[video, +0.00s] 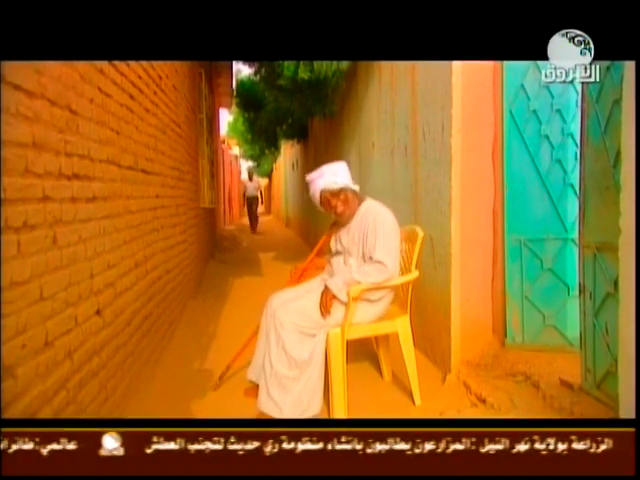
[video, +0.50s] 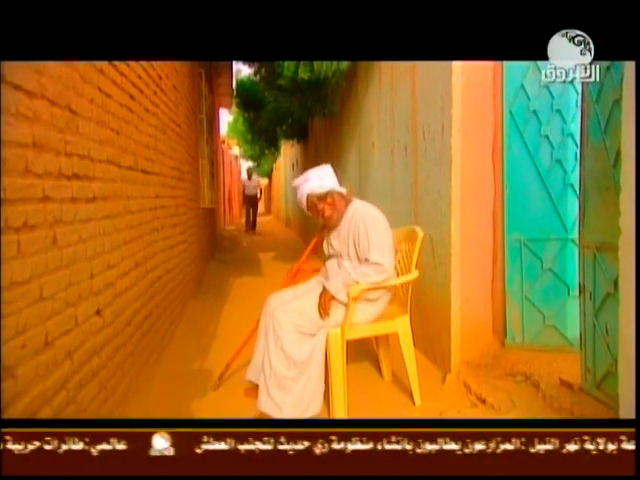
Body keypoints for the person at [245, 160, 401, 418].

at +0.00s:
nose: (333, 208)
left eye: (334, 200)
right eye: (327, 206)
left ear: (347, 193)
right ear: (325, 208)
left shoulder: (378, 217)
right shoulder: (346, 220)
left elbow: (386, 270)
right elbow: (341, 258)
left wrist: (337, 284)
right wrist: (326, 278)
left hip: (367, 299)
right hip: (340, 285)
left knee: (288, 317)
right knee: (276, 304)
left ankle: (289, 406)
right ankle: (267, 380)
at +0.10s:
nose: (330, 209)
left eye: (331, 200)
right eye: (323, 207)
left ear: (344, 194)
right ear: (321, 209)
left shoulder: (375, 216)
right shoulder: (342, 220)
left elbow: (385, 270)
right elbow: (338, 259)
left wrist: (337, 281)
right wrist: (328, 284)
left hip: (366, 299)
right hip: (339, 286)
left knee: (287, 317)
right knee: (276, 304)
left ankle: (289, 406)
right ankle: (267, 380)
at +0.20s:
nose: (329, 211)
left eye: (330, 202)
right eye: (321, 208)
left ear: (342, 194)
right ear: (319, 210)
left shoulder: (373, 217)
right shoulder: (341, 220)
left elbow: (384, 270)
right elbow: (338, 259)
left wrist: (337, 279)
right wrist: (327, 285)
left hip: (367, 298)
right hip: (339, 285)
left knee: (287, 317)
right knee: (276, 304)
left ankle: (290, 406)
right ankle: (267, 380)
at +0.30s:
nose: (326, 213)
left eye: (328, 203)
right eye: (319, 210)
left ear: (339, 195)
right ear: (316, 211)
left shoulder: (370, 217)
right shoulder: (340, 219)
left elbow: (383, 270)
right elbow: (338, 260)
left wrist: (336, 279)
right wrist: (327, 285)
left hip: (366, 298)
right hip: (339, 285)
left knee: (287, 317)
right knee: (275, 304)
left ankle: (288, 406)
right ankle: (266, 379)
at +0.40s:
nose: (321, 217)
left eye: (321, 209)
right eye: (316, 212)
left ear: (335, 198)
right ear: (322, 207)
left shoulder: (368, 217)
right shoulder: (341, 217)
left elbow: (383, 270)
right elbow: (338, 258)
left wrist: (335, 277)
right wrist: (327, 283)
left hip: (366, 297)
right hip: (339, 285)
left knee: (286, 317)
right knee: (275, 304)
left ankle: (289, 406)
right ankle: (266, 380)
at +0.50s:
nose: (319, 219)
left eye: (318, 211)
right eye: (314, 213)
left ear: (332, 200)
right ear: (328, 203)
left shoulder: (367, 217)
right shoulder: (341, 216)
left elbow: (382, 270)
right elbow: (337, 259)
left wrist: (335, 279)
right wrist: (327, 283)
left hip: (365, 297)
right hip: (338, 285)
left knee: (286, 317)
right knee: (275, 304)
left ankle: (289, 406)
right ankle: (267, 380)